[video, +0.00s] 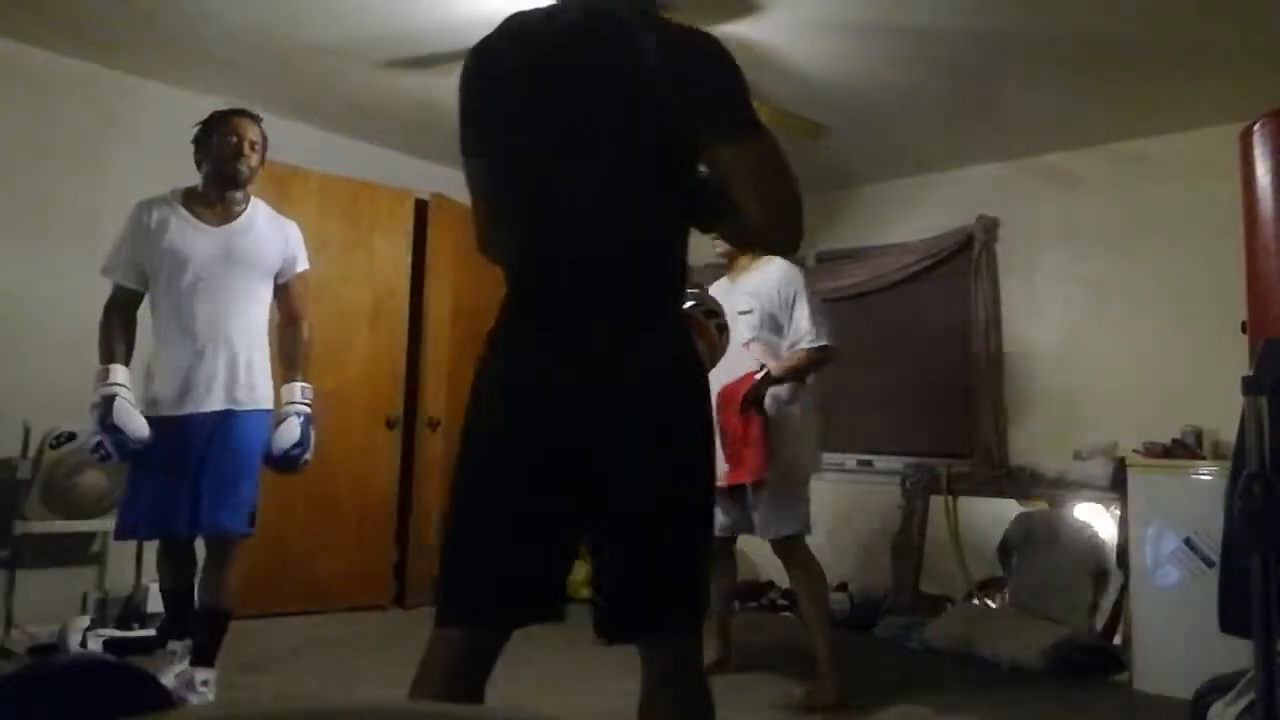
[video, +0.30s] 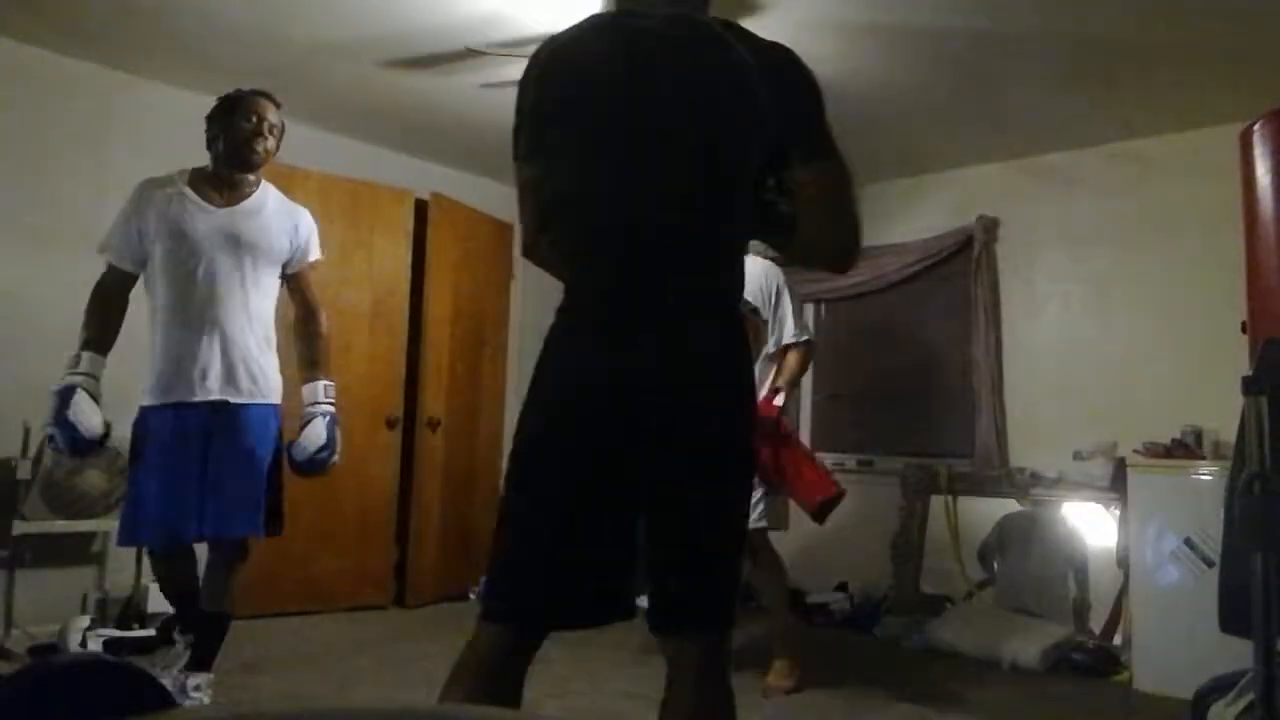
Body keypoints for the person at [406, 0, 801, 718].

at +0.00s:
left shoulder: (491, 56)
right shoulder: (688, 54)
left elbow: (493, 236)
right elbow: (777, 225)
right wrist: (677, 188)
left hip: (527, 360)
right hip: (649, 365)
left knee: (467, 630)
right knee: (670, 647)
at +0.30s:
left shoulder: (557, 59)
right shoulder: (768, 68)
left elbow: (540, 240)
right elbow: (831, 244)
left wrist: (630, 283)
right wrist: (734, 204)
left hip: (583, 357)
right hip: (705, 361)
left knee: (507, 627)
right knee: (696, 645)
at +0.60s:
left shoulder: (597, 64)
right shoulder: (810, 71)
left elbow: (584, 247)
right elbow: (891, 234)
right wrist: (775, 220)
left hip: (610, 358)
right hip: (732, 366)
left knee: (532, 611)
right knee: (709, 638)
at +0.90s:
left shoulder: (608, 67)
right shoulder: (820, 72)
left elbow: (602, 255)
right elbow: (901, 234)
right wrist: (788, 216)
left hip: (617, 357)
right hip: (737, 365)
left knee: (541, 610)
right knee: (714, 644)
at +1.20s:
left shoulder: (596, 59)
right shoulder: (807, 69)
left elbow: (591, 241)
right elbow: (883, 242)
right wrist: (783, 204)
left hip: (609, 353)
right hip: (729, 361)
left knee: (536, 610)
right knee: (712, 645)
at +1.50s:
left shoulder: (548, 41)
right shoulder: (757, 61)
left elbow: (566, 219)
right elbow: (842, 222)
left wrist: (722, 258)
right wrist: (750, 168)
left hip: (568, 359)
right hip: (692, 365)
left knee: (513, 627)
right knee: (691, 642)